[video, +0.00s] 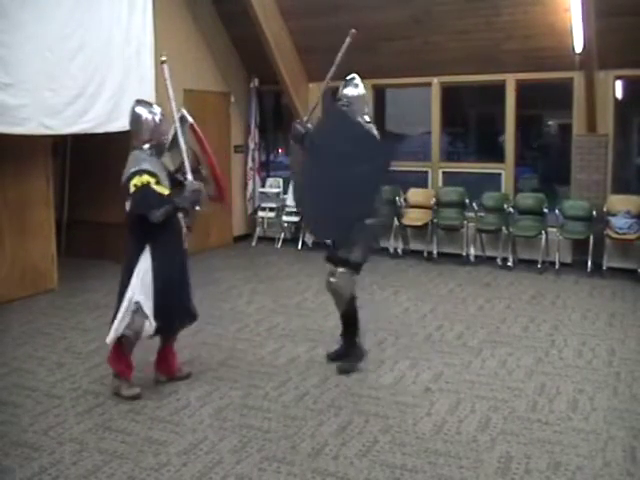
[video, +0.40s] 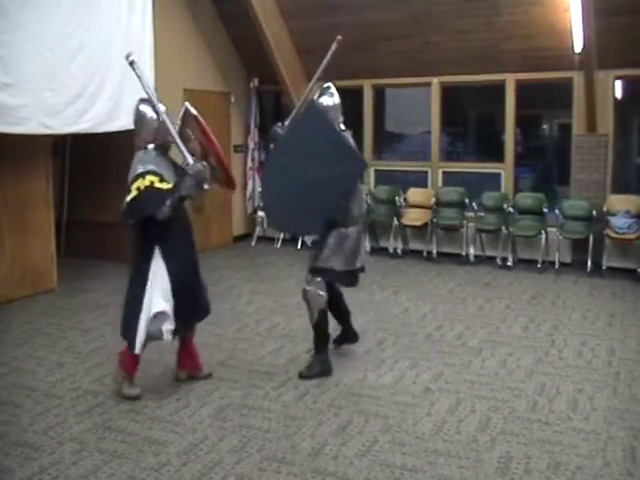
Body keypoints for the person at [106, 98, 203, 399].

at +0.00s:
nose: (167, 127)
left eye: (165, 122)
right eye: (161, 123)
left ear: (154, 128)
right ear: (148, 129)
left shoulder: (158, 160)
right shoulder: (142, 167)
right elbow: (152, 211)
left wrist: (188, 186)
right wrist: (182, 199)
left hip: (169, 245)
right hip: (148, 248)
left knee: (172, 302)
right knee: (138, 307)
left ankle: (166, 360)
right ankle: (121, 371)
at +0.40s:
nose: (170, 130)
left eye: (169, 125)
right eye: (164, 126)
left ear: (167, 132)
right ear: (153, 132)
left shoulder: (169, 161)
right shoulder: (147, 165)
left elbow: (190, 191)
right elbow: (156, 210)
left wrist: (200, 175)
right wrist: (186, 186)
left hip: (180, 253)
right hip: (152, 253)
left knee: (188, 300)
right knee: (146, 307)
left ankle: (187, 359)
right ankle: (127, 368)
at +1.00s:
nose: (178, 132)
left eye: (181, 126)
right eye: (172, 128)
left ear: (189, 132)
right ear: (166, 135)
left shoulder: (203, 158)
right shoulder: (164, 157)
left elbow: (234, 191)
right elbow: (171, 190)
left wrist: (221, 165)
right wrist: (196, 162)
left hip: (195, 225)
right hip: (165, 229)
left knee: (213, 300)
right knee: (163, 294)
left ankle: (210, 346)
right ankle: (158, 357)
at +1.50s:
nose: (189, 141)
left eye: (192, 135)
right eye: (184, 136)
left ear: (197, 138)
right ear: (177, 140)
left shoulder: (205, 161)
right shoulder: (178, 170)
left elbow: (230, 178)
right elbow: (198, 206)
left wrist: (231, 158)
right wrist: (220, 170)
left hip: (213, 232)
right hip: (183, 237)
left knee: (226, 294)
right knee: (178, 299)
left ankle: (227, 354)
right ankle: (165, 365)